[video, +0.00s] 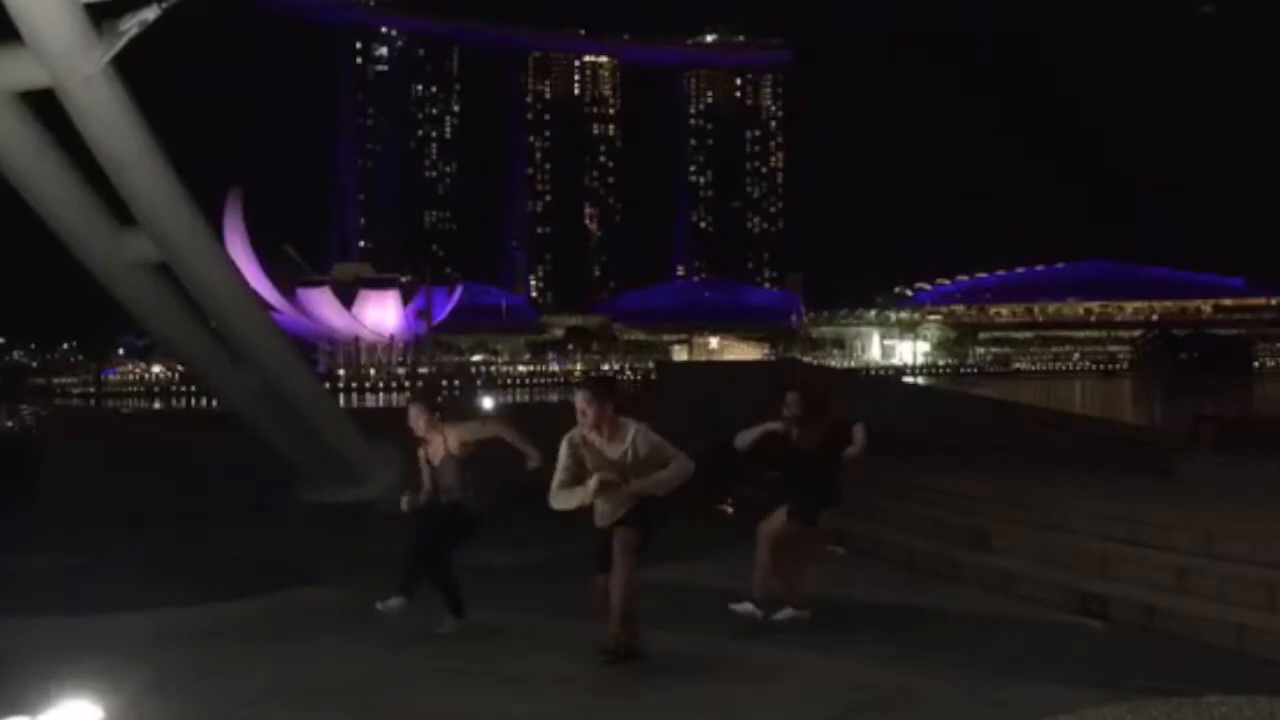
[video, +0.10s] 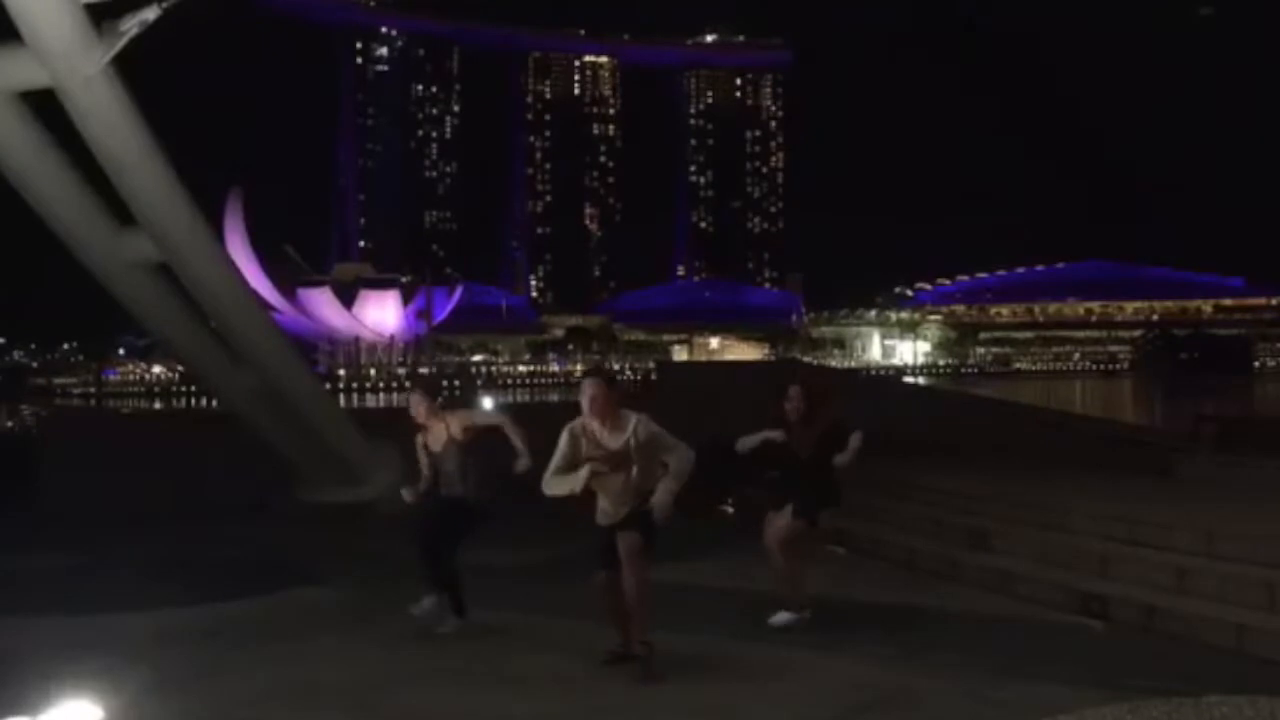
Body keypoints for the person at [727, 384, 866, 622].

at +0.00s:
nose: (786, 410)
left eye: (791, 406)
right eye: (786, 405)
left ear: (807, 409)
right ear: (787, 407)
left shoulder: (825, 432)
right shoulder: (784, 432)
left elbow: (856, 427)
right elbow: (740, 443)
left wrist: (857, 448)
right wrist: (768, 427)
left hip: (817, 498)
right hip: (794, 495)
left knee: (767, 531)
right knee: (793, 547)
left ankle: (759, 600)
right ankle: (797, 604)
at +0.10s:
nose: (789, 406)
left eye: (795, 401)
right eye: (788, 400)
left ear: (809, 404)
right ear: (786, 403)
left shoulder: (822, 429)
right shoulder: (789, 431)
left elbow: (855, 434)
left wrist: (847, 456)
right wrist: (762, 437)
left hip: (818, 491)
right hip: (791, 488)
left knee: (780, 537)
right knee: (771, 532)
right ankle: (793, 600)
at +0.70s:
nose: (816, 398)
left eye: (821, 392)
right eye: (811, 392)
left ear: (830, 395)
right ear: (804, 396)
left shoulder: (840, 427)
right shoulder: (794, 426)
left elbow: (865, 456)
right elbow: (773, 468)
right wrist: (760, 505)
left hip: (831, 494)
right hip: (798, 492)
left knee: (830, 554)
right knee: (808, 536)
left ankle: (824, 612)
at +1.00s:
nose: (817, 400)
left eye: (821, 395)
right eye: (813, 395)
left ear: (830, 398)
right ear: (805, 397)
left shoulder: (835, 428)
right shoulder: (793, 425)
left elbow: (842, 468)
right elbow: (769, 463)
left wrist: (861, 464)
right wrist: (753, 497)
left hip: (826, 500)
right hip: (792, 499)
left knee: (826, 558)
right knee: (789, 557)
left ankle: (824, 613)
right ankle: (774, 620)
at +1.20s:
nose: (809, 401)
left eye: (815, 396)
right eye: (806, 395)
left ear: (826, 399)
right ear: (801, 398)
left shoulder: (836, 430)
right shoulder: (789, 427)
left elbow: (845, 472)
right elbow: (769, 465)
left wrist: (819, 496)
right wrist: (759, 501)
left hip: (825, 497)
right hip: (791, 497)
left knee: (829, 551)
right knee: (796, 541)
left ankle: (826, 610)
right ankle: (803, 601)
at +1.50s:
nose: (797, 405)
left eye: (802, 399)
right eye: (794, 398)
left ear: (810, 401)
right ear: (786, 399)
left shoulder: (817, 429)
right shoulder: (777, 426)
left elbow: (805, 470)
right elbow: (759, 456)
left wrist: (761, 474)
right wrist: (738, 480)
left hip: (817, 501)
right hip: (782, 501)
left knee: (822, 557)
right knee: (779, 555)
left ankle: (822, 612)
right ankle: (767, 610)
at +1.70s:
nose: (774, 404)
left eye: (781, 398)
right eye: (775, 397)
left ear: (796, 402)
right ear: (774, 400)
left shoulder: (803, 433)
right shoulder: (764, 429)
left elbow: (816, 479)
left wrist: (827, 519)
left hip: (791, 493)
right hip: (760, 491)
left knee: (785, 547)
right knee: (760, 552)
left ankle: (834, 569)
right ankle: (767, 611)